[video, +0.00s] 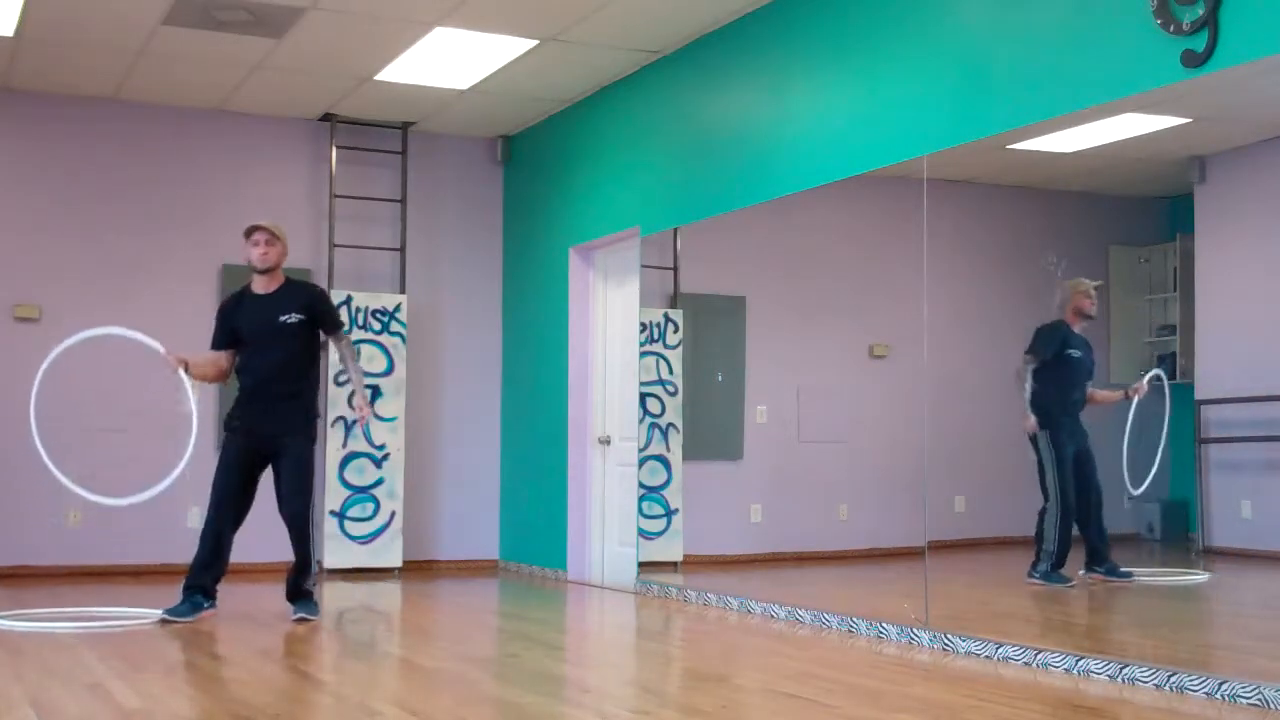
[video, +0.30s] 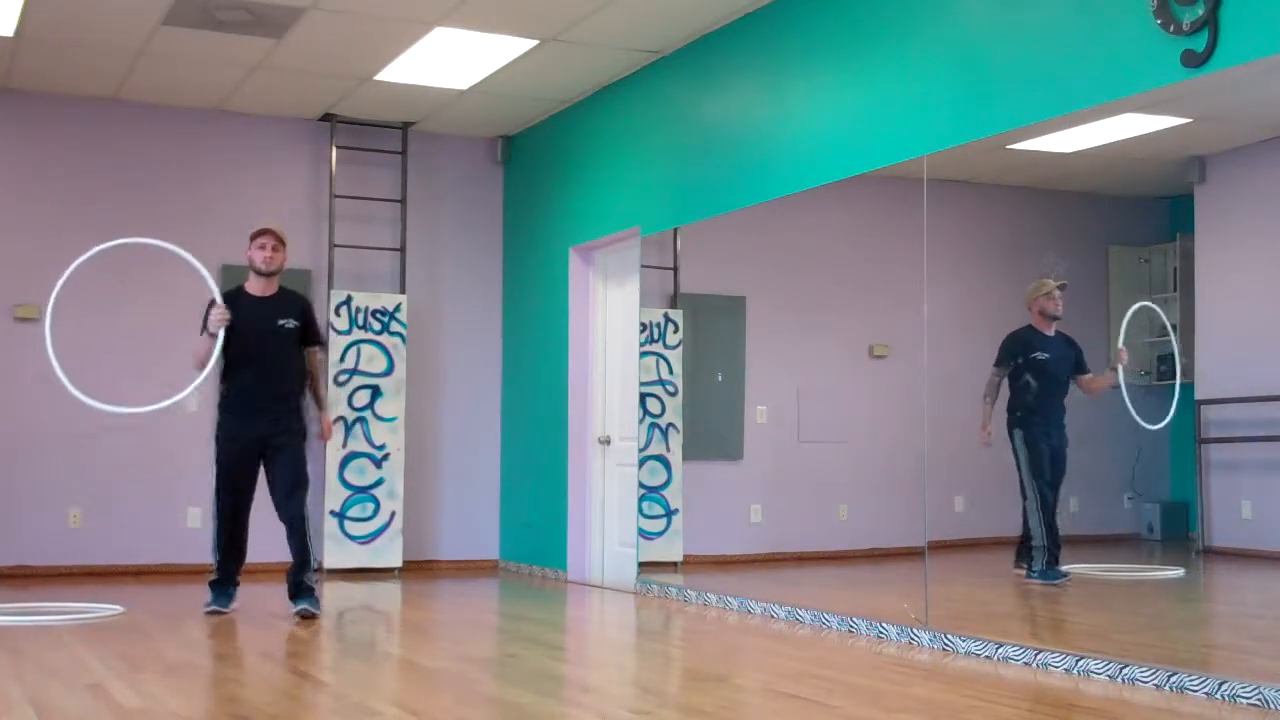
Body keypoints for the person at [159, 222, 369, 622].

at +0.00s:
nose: (263, 248)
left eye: (270, 242)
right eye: (256, 243)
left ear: (284, 253)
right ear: (246, 254)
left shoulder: (310, 298)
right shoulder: (233, 307)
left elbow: (343, 344)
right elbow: (219, 367)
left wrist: (359, 389)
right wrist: (186, 363)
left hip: (295, 424)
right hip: (247, 422)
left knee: (297, 512)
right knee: (222, 511)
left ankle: (302, 596)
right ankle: (198, 594)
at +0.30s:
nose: (268, 252)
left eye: (275, 248)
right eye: (261, 246)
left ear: (284, 259)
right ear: (248, 255)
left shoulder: (297, 305)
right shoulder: (226, 303)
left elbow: (314, 363)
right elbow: (199, 363)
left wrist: (323, 411)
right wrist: (212, 331)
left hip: (285, 425)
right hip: (237, 424)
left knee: (294, 510)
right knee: (230, 510)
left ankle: (303, 594)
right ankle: (223, 590)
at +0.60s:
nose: (255, 256)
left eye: (262, 252)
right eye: (248, 250)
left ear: (270, 262)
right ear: (234, 257)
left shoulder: (282, 304)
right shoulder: (215, 307)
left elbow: (290, 362)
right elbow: (201, 363)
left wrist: (297, 409)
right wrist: (236, 354)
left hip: (279, 422)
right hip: (235, 424)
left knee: (294, 507)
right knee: (230, 510)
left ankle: (306, 589)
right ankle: (223, 590)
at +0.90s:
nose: (282, 263)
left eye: (287, 258)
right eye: (274, 256)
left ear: (290, 267)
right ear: (255, 261)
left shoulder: (296, 308)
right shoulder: (235, 308)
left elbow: (303, 364)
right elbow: (216, 365)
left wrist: (313, 407)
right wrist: (245, 384)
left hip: (294, 423)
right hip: (253, 424)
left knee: (310, 504)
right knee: (240, 508)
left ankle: (328, 586)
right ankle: (223, 590)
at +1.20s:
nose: (330, 269)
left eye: (336, 265)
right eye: (324, 262)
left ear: (341, 273)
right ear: (308, 266)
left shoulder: (343, 317)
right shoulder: (286, 311)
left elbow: (343, 376)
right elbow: (260, 367)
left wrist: (352, 422)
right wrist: (274, 399)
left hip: (337, 426)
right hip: (297, 425)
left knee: (343, 509)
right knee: (273, 507)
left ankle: (337, 588)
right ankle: (238, 585)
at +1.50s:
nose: (352, 265)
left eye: (358, 261)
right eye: (346, 258)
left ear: (364, 268)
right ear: (331, 262)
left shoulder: (370, 314)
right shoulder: (307, 307)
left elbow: (376, 367)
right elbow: (281, 359)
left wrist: (387, 409)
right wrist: (302, 392)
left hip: (355, 417)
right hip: (318, 416)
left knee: (353, 498)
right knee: (319, 497)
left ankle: (342, 585)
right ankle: (316, 588)